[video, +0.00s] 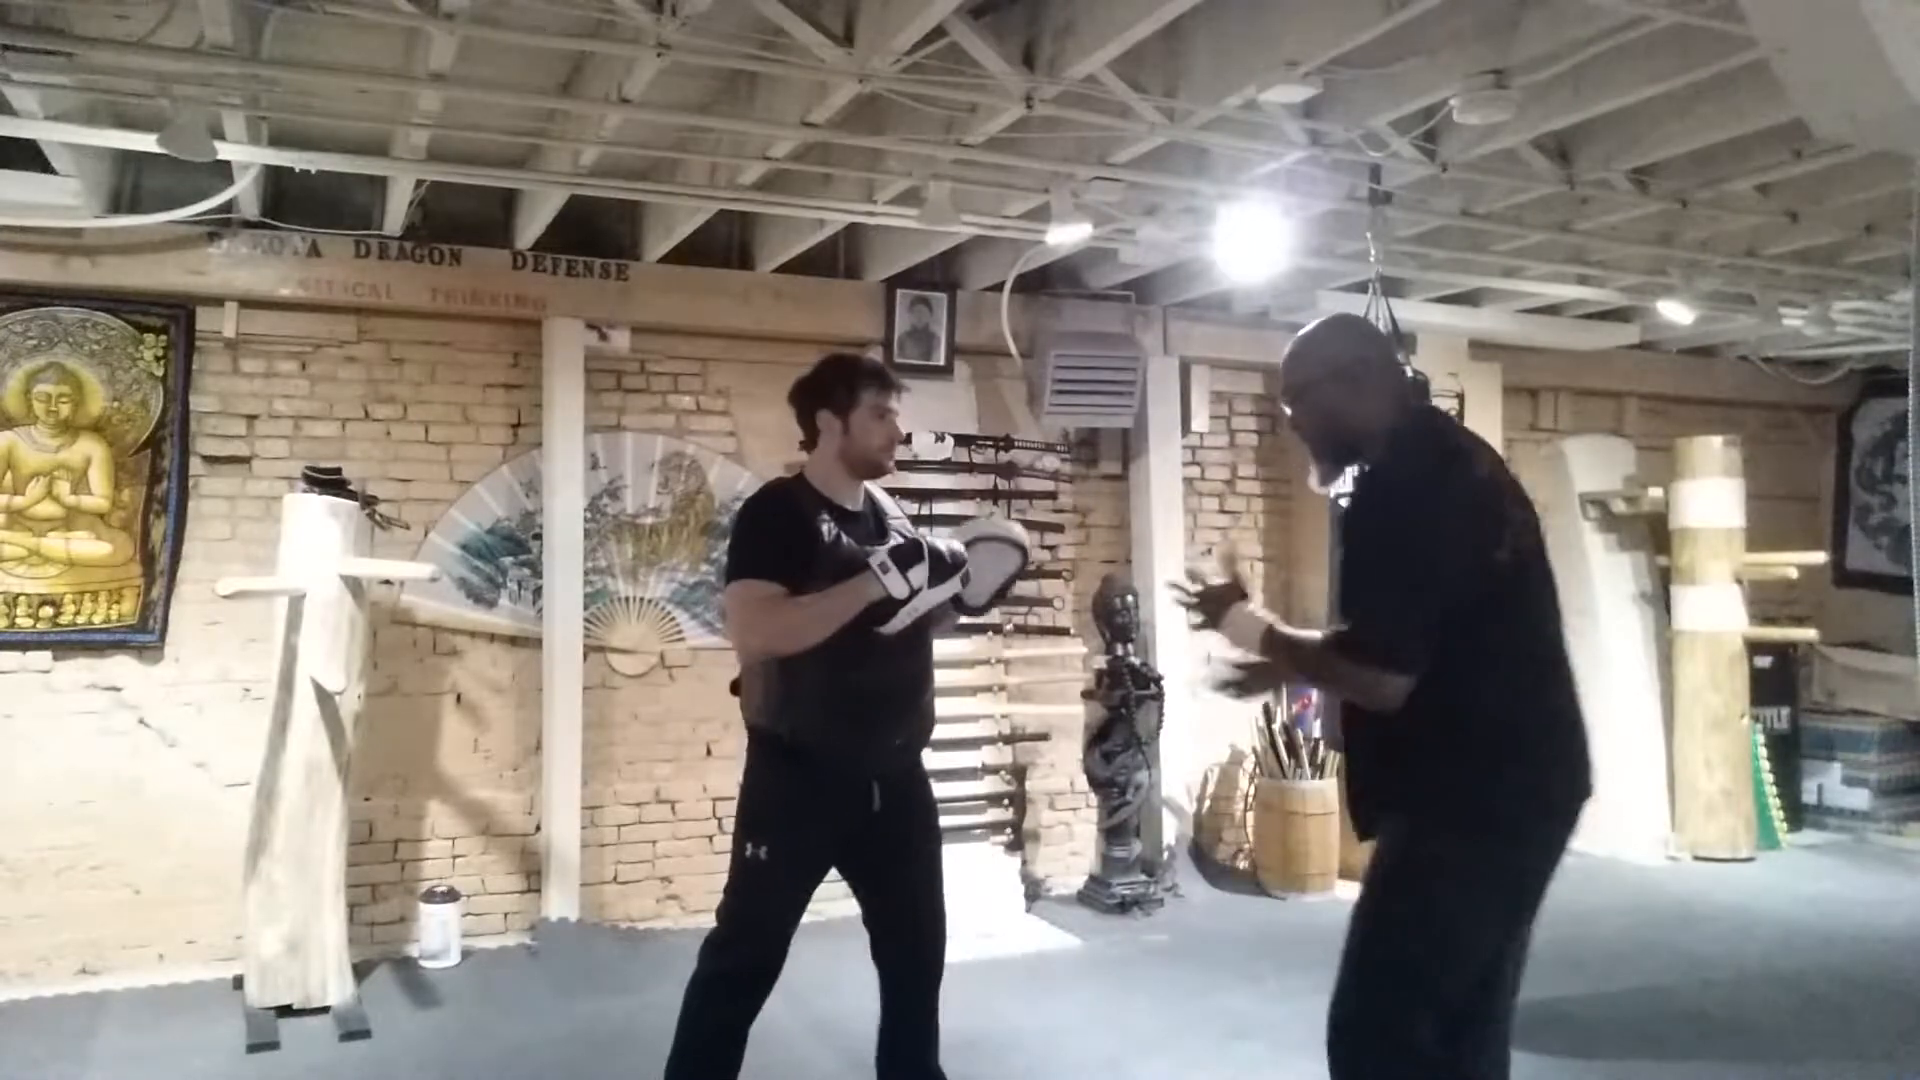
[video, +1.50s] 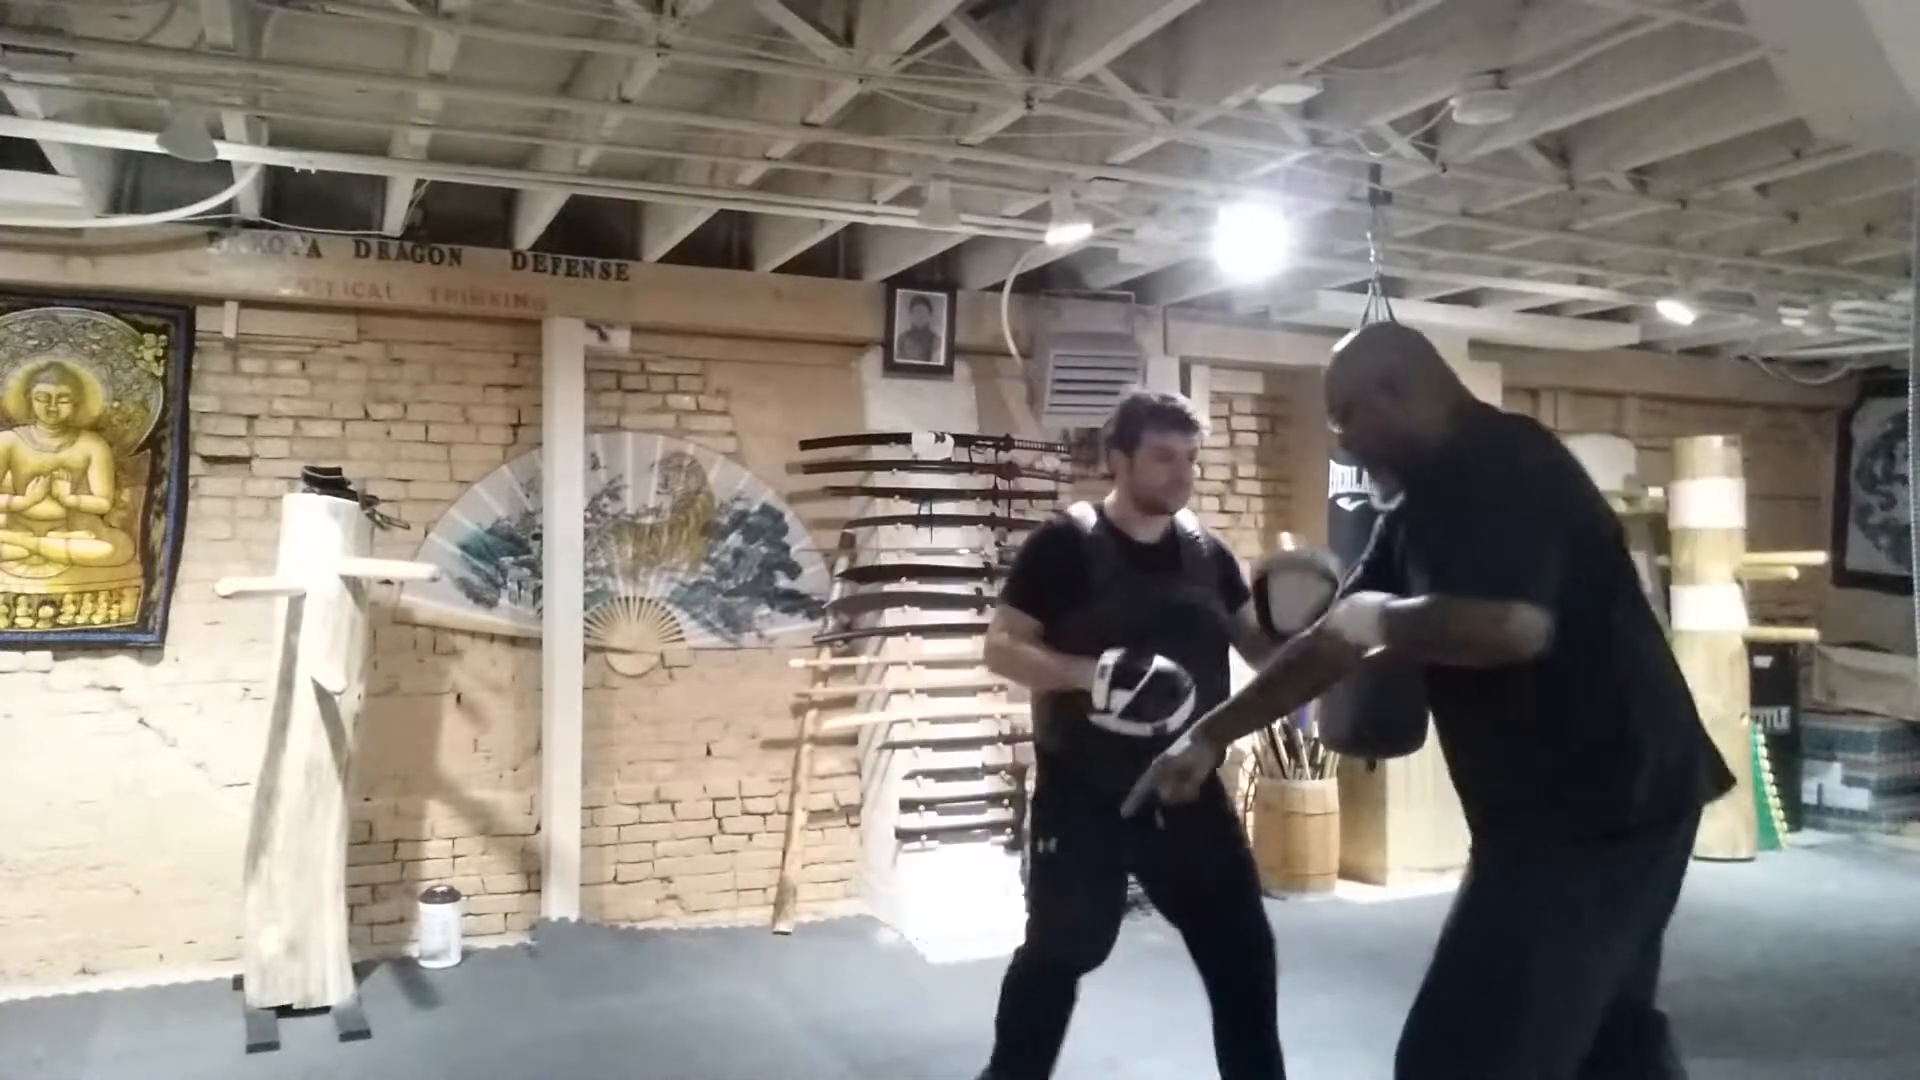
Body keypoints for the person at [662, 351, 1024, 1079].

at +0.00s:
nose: (900, 429)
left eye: (898, 414)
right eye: (883, 414)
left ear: (849, 426)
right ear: (829, 422)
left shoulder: (887, 516)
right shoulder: (772, 511)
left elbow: (919, 609)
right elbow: (752, 630)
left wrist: (973, 574)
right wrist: (876, 583)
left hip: (893, 778)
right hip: (794, 779)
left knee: (915, 968)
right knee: (740, 968)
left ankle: (913, 1078)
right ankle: (691, 1078)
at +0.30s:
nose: (894, 435)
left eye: (892, 422)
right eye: (876, 422)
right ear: (822, 432)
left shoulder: (889, 525)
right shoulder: (766, 517)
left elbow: (904, 639)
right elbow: (732, 636)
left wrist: (960, 632)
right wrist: (860, 594)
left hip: (891, 784)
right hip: (787, 786)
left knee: (931, 951)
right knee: (736, 968)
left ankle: (919, 1078)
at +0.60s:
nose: (961, 467)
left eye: (963, 452)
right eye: (946, 451)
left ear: (951, 462)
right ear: (892, 453)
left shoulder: (946, 549)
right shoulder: (829, 539)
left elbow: (963, 646)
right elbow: (795, 651)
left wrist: (1023, 624)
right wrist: (924, 607)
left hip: (947, 803)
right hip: (842, 806)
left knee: (1027, 968)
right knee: (769, 976)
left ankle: (1074, 1074)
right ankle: (704, 1079)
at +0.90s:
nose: (1071, 463)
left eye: (1074, 450)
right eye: (1054, 449)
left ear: (1073, 454)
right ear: (1000, 455)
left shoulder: (1078, 542)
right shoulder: (945, 533)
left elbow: (1114, 635)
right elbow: (903, 655)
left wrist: (1147, 624)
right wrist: (1034, 656)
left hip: (1060, 793)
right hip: (952, 791)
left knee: (1115, 938)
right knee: (895, 955)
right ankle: (853, 1073)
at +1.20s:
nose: (1091, 460)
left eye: (1098, 446)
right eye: (1074, 444)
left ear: (1101, 452)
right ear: (1025, 447)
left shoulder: (1115, 538)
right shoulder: (981, 534)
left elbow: (1126, 664)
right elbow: (947, 642)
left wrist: (1183, 703)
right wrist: (1071, 617)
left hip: (1117, 789)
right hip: (1011, 790)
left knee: (1197, 951)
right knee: (962, 972)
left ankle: (1242, 1074)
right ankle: (937, 1077)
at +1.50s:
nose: (1184, 471)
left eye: (1191, 457)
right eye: (1167, 457)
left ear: (1195, 461)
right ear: (1120, 458)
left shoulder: (1211, 555)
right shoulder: (1064, 545)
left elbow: (1262, 649)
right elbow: (1000, 649)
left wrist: (1297, 622)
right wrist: (1091, 676)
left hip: (1188, 793)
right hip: (1080, 795)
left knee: (1245, 961)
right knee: (1057, 955)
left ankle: (1258, 1079)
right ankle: (1010, 1077)